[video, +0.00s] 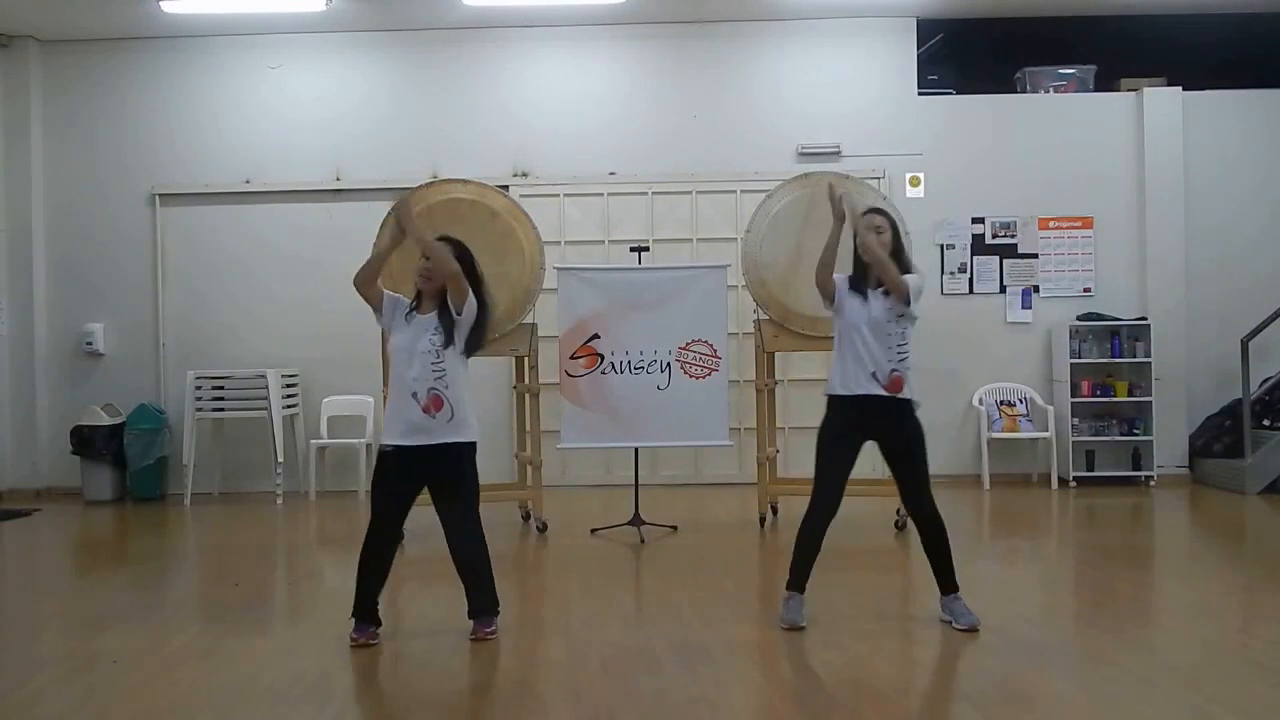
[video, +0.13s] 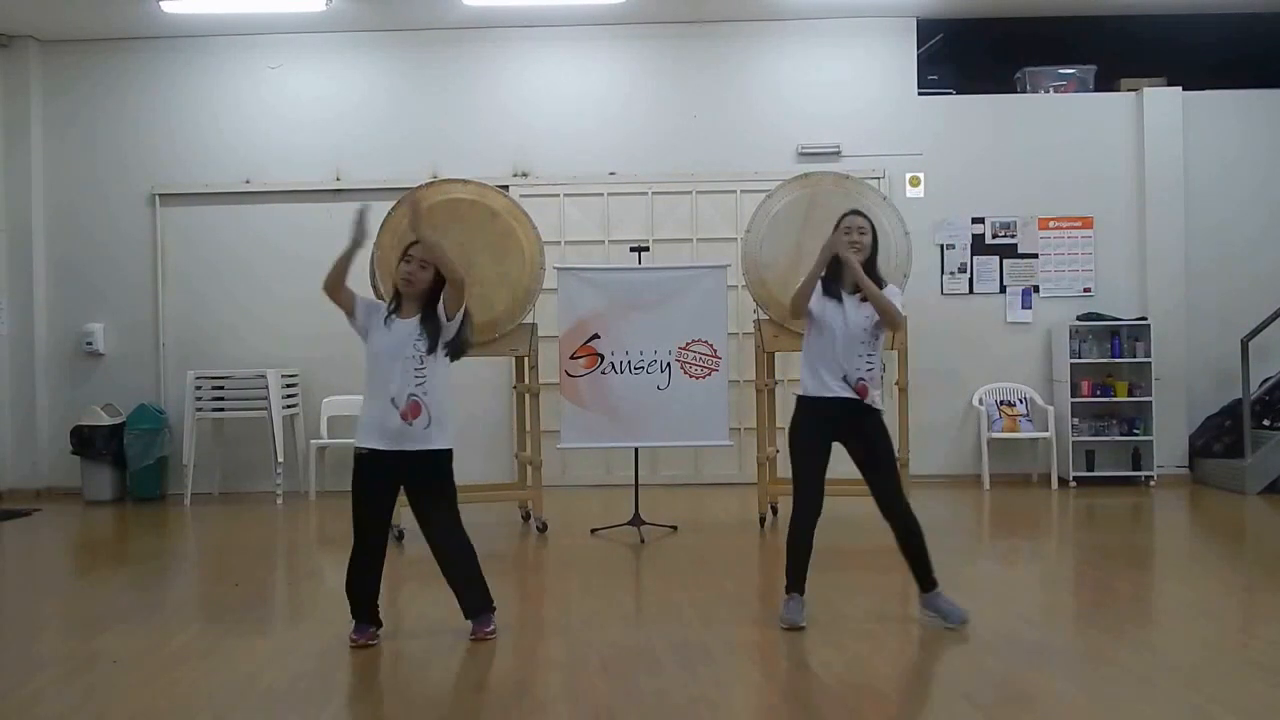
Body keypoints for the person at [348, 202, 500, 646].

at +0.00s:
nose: (426, 266)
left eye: (437, 261)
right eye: (425, 259)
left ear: (456, 274)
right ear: (417, 269)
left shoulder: (462, 316)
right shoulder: (397, 312)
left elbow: (446, 268)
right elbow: (365, 282)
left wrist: (414, 225)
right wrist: (391, 240)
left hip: (452, 444)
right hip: (401, 444)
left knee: (465, 533)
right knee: (382, 532)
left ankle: (483, 613)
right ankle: (365, 616)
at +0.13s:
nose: (412, 268)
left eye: (422, 265)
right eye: (407, 260)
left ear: (435, 280)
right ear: (395, 270)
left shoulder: (443, 323)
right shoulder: (374, 317)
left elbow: (458, 282)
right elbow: (333, 288)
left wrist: (431, 241)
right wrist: (355, 246)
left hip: (428, 449)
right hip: (375, 448)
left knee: (447, 535)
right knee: (368, 539)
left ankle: (480, 612)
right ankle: (364, 620)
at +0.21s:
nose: (400, 267)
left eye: (411, 263)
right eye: (395, 260)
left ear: (423, 277)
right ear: (381, 269)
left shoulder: (434, 321)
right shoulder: (357, 317)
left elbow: (467, 289)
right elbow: (304, 294)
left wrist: (462, 237)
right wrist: (295, 245)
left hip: (417, 447)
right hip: (363, 447)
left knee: (428, 531)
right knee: (361, 538)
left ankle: (465, 609)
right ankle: (364, 621)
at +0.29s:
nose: (394, 267)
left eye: (404, 262)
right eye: (387, 260)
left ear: (416, 275)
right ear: (374, 270)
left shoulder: (429, 320)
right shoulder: (348, 318)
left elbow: (472, 294)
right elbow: (290, 303)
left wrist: (489, 246)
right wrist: (259, 260)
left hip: (412, 446)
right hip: (358, 447)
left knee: (416, 532)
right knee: (357, 538)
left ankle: (444, 608)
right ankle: (365, 620)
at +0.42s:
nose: (384, 266)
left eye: (392, 260)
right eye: (376, 260)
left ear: (404, 270)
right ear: (362, 270)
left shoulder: (423, 317)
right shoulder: (343, 321)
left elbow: (474, 310)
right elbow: (283, 331)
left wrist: (524, 285)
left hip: (408, 447)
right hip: (354, 448)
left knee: (401, 533)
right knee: (357, 536)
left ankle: (397, 610)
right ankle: (363, 619)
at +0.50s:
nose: (380, 267)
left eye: (386, 260)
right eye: (370, 261)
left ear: (399, 268)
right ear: (356, 273)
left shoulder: (420, 317)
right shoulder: (340, 323)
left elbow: (475, 314)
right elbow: (283, 340)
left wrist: (531, 298)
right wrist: (218, 335)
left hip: (405, 447)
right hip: (352, 447)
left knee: (400, 533)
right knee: (358, 536)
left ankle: (394, 613)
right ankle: (364, 620)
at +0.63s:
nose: (376, 265)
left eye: (382, 258)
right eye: (365, 260)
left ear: (394, 268)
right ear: (351, 273)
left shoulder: (416, 314)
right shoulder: (337, 321)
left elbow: (466, 295)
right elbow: (281, 319)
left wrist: (511, 265)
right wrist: (240, 285)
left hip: (408, 449)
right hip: (353, 451)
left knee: (413, 540)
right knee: (358, 542)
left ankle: (403, 602)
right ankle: (364, 619)